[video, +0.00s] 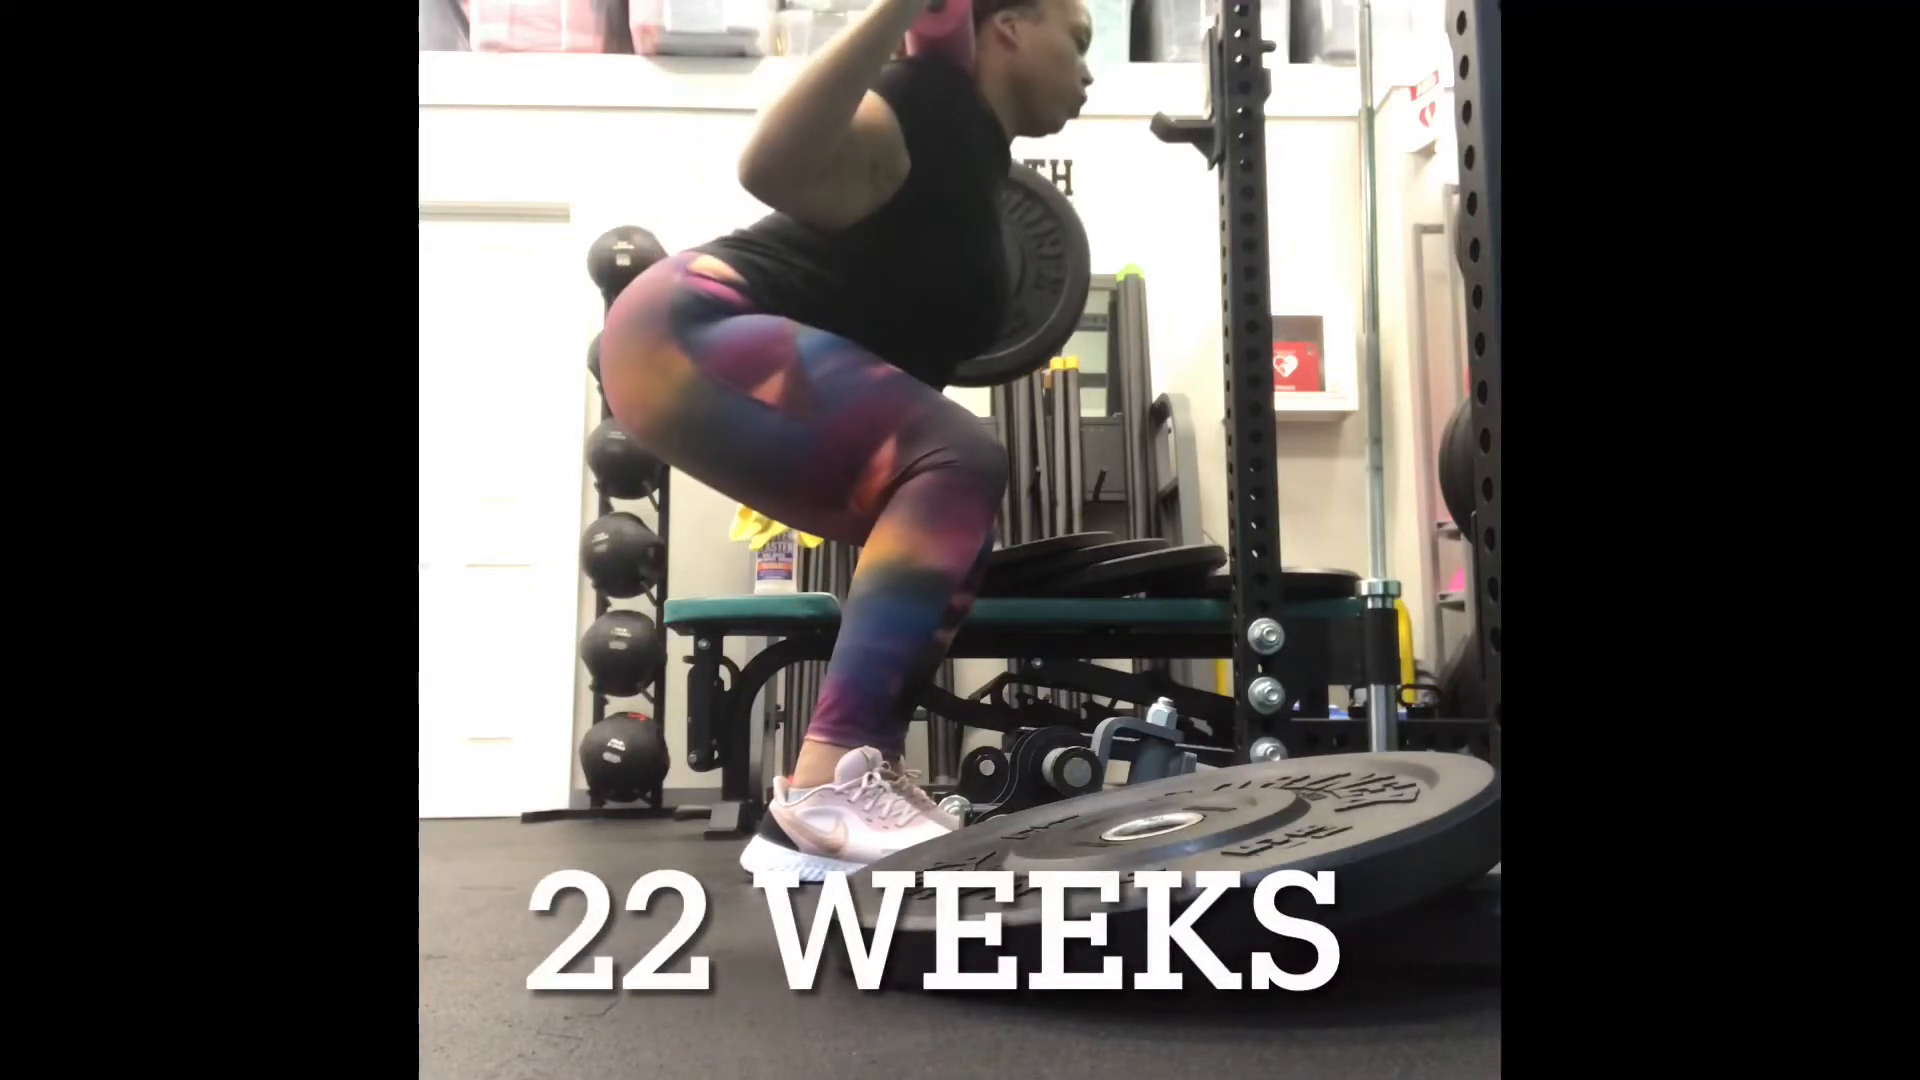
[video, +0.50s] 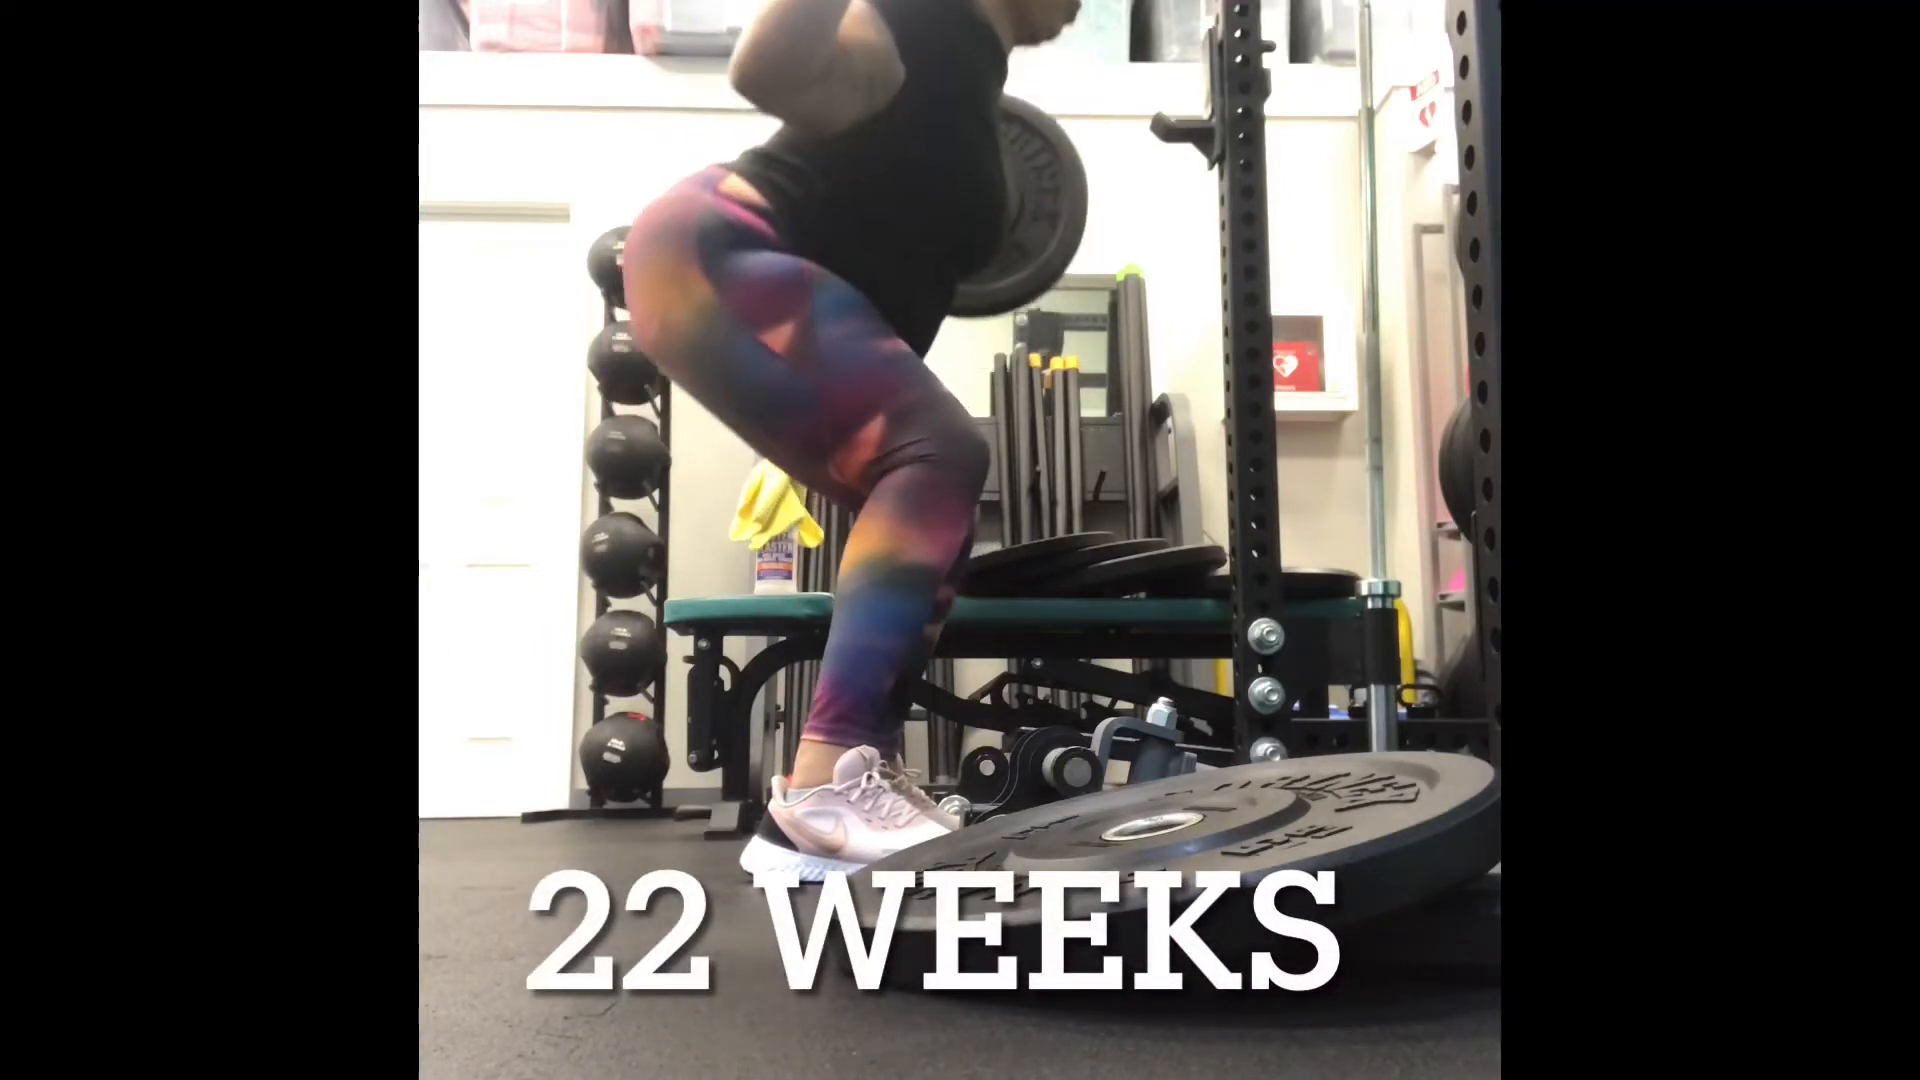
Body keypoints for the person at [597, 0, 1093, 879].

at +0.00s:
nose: (1088, 72)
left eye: (1087, 49)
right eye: (1077, 38)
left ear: (1014, 34)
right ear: (1004, 26)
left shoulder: (967, 169)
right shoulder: (932, 104)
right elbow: (774, 166)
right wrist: (898, 12)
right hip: (678, 322)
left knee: (948, 490)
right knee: (952, 453)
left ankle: (859, 767)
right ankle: (830, 776)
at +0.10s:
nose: (1088, 65)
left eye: (1087, 41)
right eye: (1077, 33)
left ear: (1014, 29)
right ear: (1006, 23)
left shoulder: (968, 158)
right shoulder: (932, 102)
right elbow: (777, 159)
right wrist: (897, 11)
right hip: (681, 315)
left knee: (945, 495)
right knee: (953, 453)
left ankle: (860, 766)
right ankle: (830, 776)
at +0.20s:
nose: (1088, 48)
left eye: (1086, 24)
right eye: (1074, 18)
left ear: (1009, 19)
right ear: (1001, 11)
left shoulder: (967, 137)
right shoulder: (934, 84)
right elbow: (779, 144)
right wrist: (886, 6)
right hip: (689, 298)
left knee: (944, 489)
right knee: (953, 452)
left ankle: (854, 768)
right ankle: (830, 777)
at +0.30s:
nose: (1086, 31)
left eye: (1083, 10)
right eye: (1072, 6)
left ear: (1008, 11)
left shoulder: (968, 109)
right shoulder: (932, 57)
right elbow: (775, 123)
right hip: (701, 280)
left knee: (935, 498)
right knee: (950, 455)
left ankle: (855, 769)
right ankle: (829, 778)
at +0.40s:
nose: (1084, 16)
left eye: (1084, 2)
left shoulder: (968, 109)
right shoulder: (925, 36)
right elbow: (770, 99)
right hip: (703, 256)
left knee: (933, 493)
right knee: (944, 450)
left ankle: (853, 768)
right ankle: (830, 774)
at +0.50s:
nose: (1076, 3)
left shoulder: (969, 94)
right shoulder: (934, 22)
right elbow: (769, 74)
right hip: (707, 243)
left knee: (928, 492)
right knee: (936, 446)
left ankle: (856, 768)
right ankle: (828, 775)